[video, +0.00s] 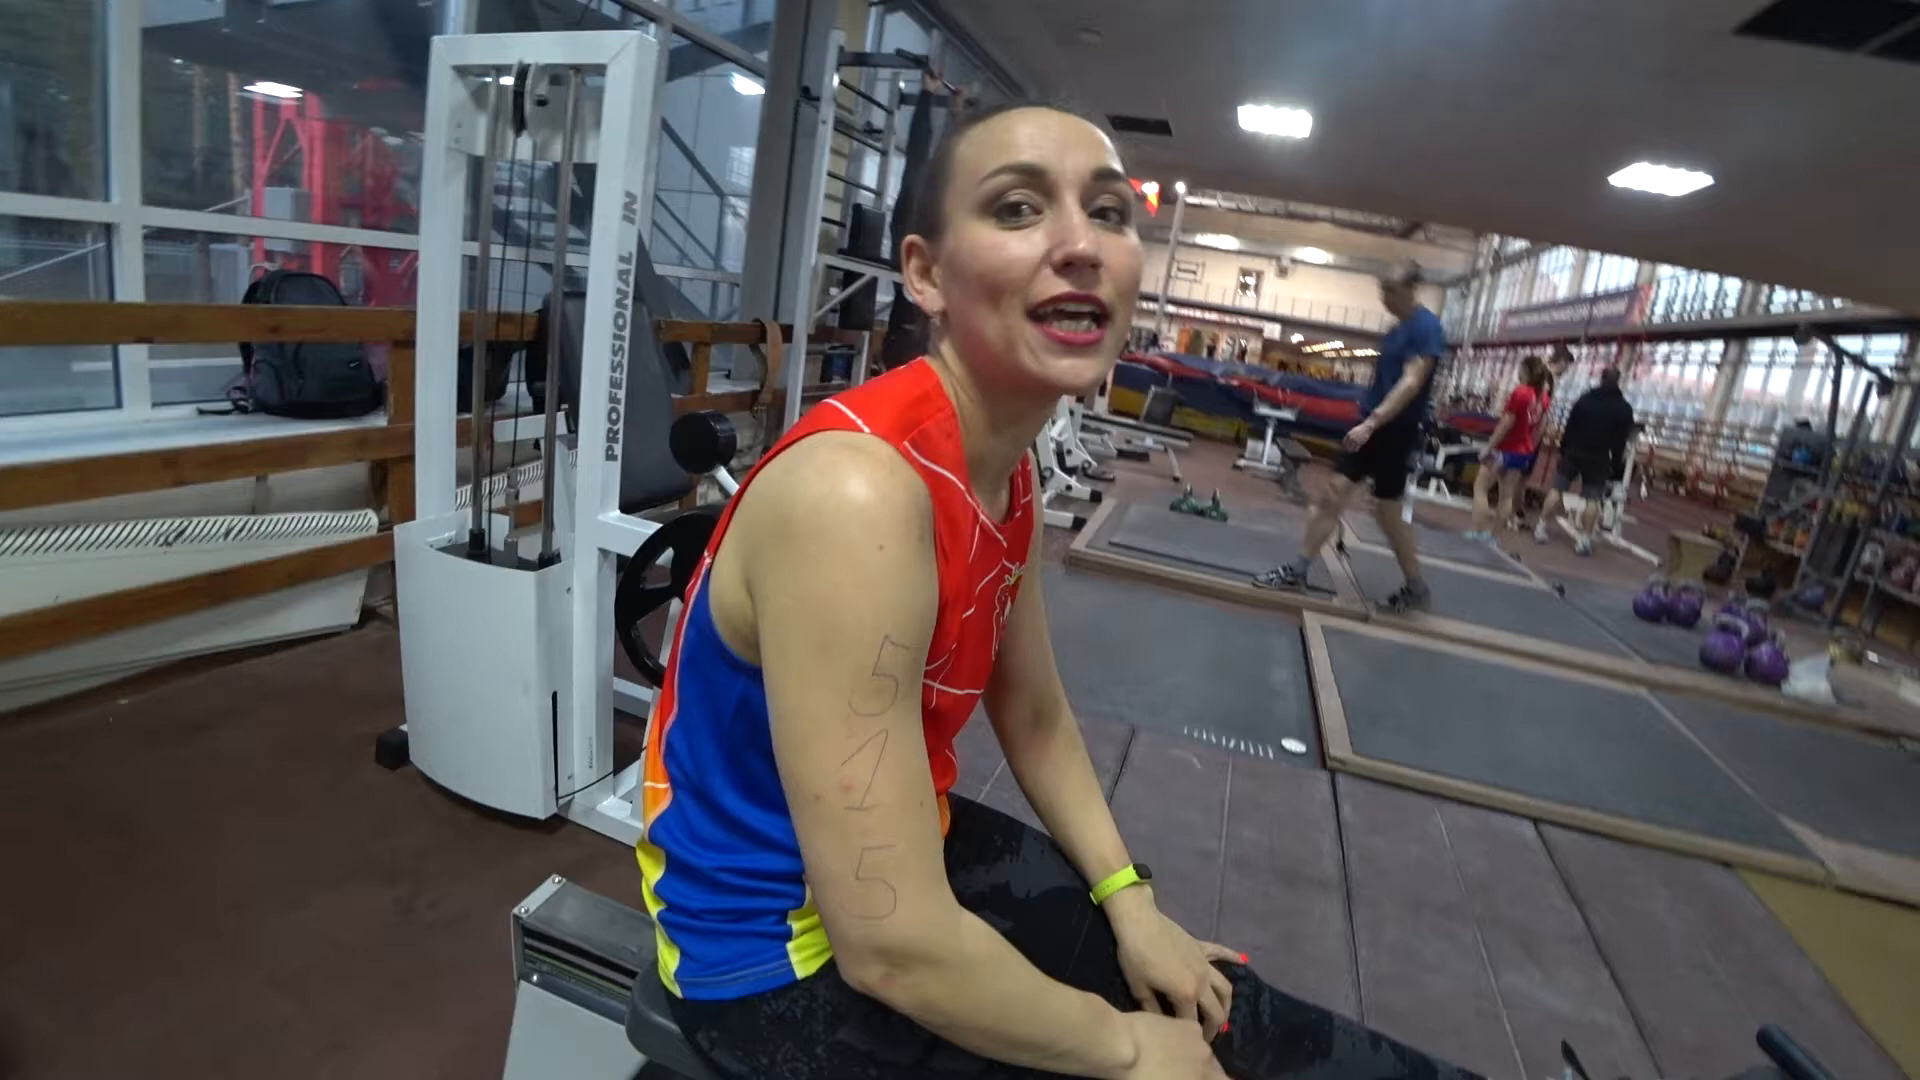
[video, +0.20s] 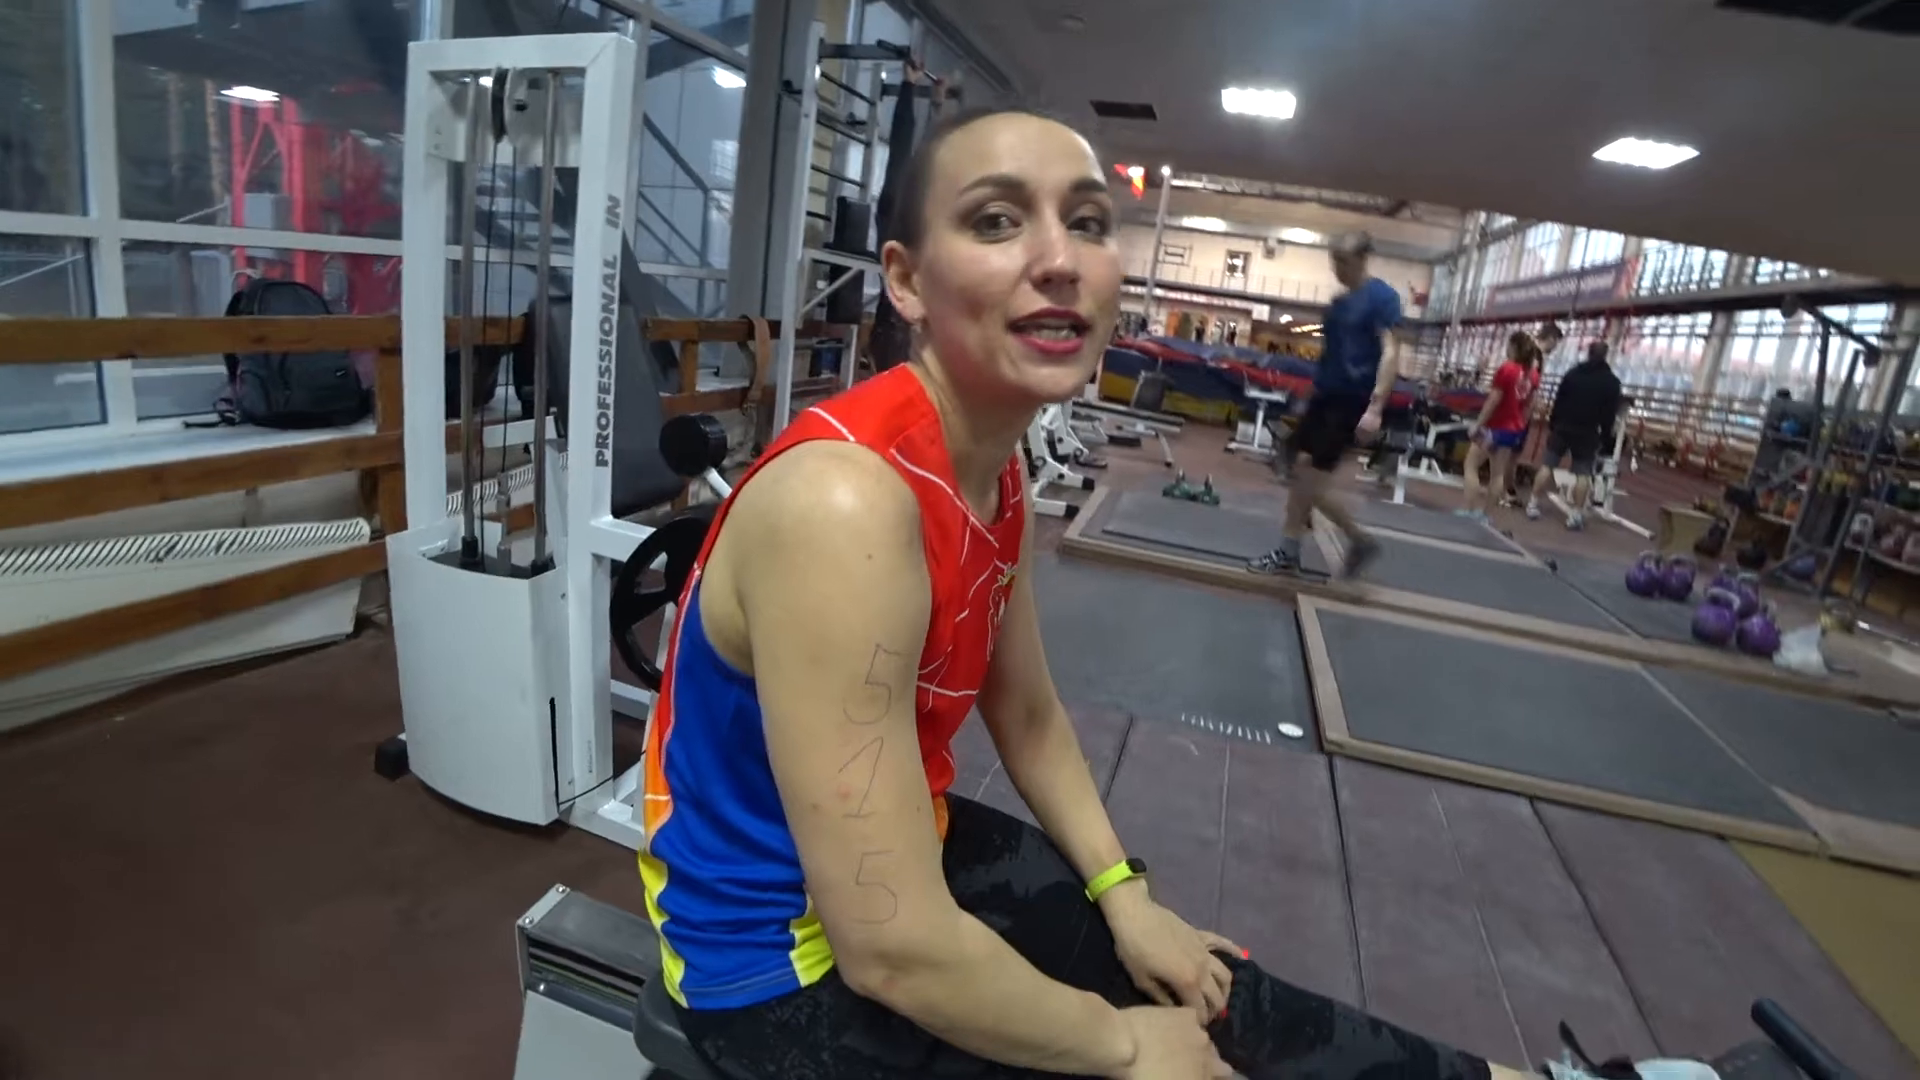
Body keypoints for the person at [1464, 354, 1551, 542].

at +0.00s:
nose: (1519, 373)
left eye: (1522, 370)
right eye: (1520, 369)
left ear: (1527, 372)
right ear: (1539, 373)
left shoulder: (1520, 393)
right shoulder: (1542, 397)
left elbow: (1507, 421)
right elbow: (1540, 427)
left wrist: (1489, 446)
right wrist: (1531, 446)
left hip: (1506, 449)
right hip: (1523, 452)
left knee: (1480, 486)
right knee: (1507, 496)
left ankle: (1477, 529)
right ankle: (1493, 535)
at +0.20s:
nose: (1507, 349)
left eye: (1509, 346)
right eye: (1508, 346)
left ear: (1514, 348)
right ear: (1528, 350)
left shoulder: (1506, 370)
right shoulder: (1531, 374)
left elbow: (1494, 398)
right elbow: (1529, 404)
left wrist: (1478, 423)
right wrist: (1521, 422)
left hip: (1495, 426)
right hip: (1514, 428)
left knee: (1471, 463)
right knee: (1498, 474)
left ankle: (1470, 508)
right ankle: (1487, 514)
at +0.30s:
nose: (1500, 340)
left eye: (1502, 336)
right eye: (1501, 336)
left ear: (1507, 338)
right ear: (1521, 340)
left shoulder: (1499, 360)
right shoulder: (1527, 365)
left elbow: (1486, 387)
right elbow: (1525, 393)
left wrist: (1471, 412)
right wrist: (1516, 411)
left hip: (1487, 417)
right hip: (1507, 419)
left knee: (1465, 455)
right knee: (1493, 464)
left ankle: (1464, 499)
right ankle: (1482, 504)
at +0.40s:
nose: (1491, 334)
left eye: (1493, 331)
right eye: (1492, 331)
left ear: (1498, 333)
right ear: (1512, 334)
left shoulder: (1490, 354)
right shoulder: (1518, 358)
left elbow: (1477, 382)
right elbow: (1515, 386)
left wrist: (1462, 406)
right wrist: (1506, 402)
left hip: (1480, 411)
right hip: (1499, 413)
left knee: (1457, 450)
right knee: (1485, 459)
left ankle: (1457, 494)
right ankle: (1474, 499)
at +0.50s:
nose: (1479, 331)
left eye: (1482, 327)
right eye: (1481, 327)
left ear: (1489, 329)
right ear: (1498, 331)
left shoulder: (1482, 351)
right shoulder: (1504, 353)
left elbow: (1469, 380)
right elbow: (1505, 382)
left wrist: (1453, 402)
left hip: (1472, 408)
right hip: (1491, 409)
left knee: (1450, 446)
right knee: (1476, 455)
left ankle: (1452, 491)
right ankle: (1466, 494)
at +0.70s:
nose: (1465, 325)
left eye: (1468, 321)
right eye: (1466, 321)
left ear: (1478, 324)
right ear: (1482, 325)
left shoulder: (1473, 346)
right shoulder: (1488, 348)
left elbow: (1460, 375)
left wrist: (1443, 397)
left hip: (1462, 403)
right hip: (1477, 405)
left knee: (1440, 442)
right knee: (1464, 450)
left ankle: (1441, 487)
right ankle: (1455, 490)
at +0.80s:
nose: (1462, 325)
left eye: (1466, 322)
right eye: (1463, 321)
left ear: (1477, 324)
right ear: (1479, 325)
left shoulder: (1472, 346)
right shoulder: (1484, 346)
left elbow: (1462, 375)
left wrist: (1444, 398)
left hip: (1460, 402)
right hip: (1473, 403)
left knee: (1439, 442)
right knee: (1460, 447)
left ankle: (1441, 487)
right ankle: (1454, 489)